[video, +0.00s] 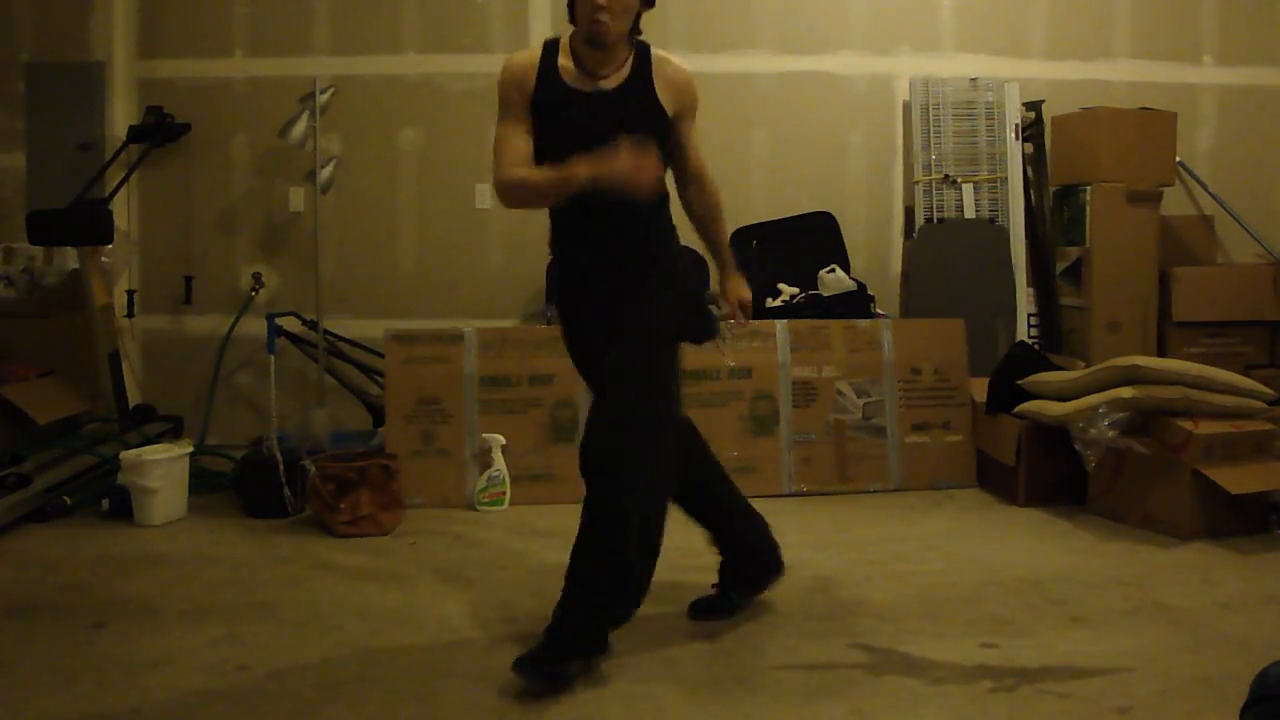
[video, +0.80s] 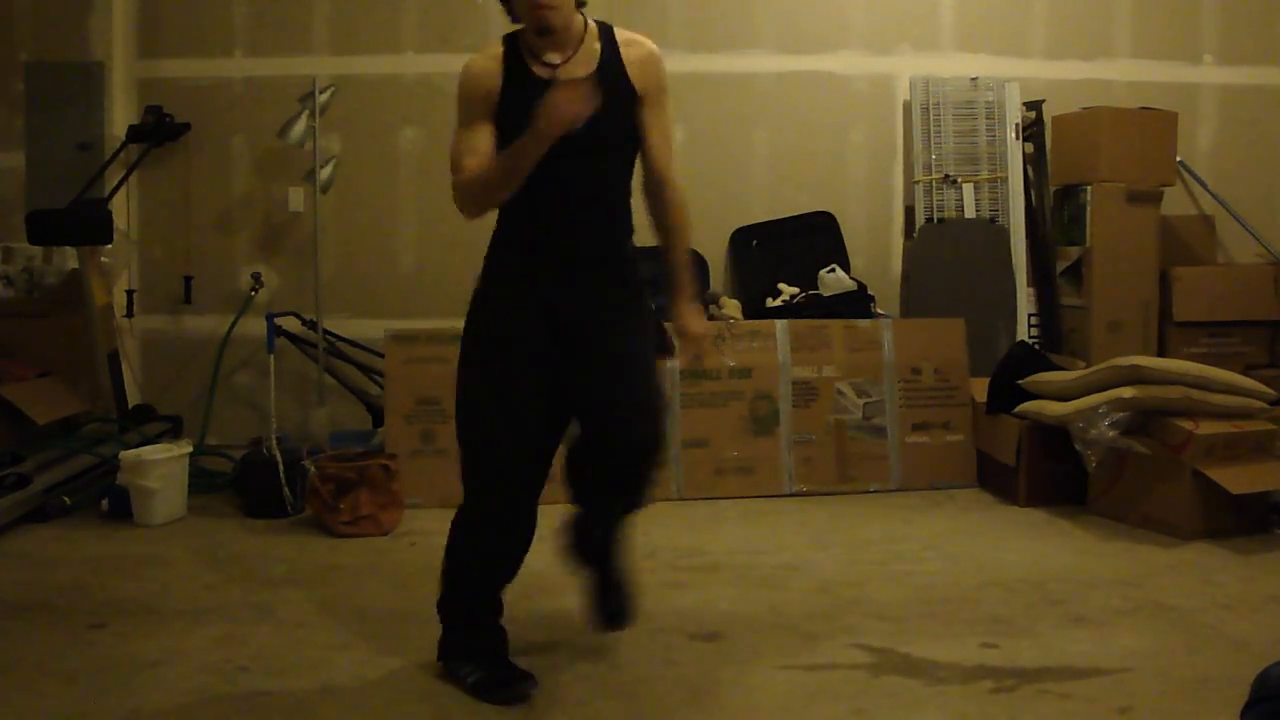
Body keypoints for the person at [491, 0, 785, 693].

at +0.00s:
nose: (598, 8)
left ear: (641, 9)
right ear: (570, 4)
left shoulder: (667, 82)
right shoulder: (527, 73)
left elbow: (694, 178)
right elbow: (510, 185)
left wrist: (727, 265)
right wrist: (596, 170)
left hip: (652, 280)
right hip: (578, 285)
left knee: (618, 453)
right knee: (654, 430)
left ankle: (577, 635)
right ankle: (752, 553)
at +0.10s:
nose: (601, 10)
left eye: (614, 1)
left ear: (631, 5)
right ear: (566, 2)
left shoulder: (665, 71)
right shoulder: (521, 62)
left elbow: (681, 171)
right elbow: (512, 172)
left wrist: (703, 261)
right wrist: (572, 244)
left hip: (640, 265)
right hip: (558, 266)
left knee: (625, 430)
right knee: (573, 423)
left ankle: (586, 613)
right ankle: (688, 526)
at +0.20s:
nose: (586, 4)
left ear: (622, 2)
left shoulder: (659, 68)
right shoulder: (513, 62)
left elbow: (681, 167)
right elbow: (488, 172)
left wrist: (667, 203)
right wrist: (493, 280)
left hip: (626, 278)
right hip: (541, 276)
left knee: (602, 453)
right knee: (528, 442)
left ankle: (579, 618)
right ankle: (593, 526)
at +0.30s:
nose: (580, 1)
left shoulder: (652, 41)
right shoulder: (505, 44)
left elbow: (685, 156)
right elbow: (460, 150)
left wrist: (633, 102)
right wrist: (422, 262)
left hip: (615, 266)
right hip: (528, 263)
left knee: (596, 444)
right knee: (528, 417)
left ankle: (566, 612)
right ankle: (487, 554)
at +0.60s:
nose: (544, 3)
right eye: (535, 1)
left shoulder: (637, 43)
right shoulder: (488, 54)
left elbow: (649, 143)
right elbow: (443, 149)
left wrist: (576, 131)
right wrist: (397, 223)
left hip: (597, 285)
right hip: (510, 283)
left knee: (592, 469)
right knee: (503, 465)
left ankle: (517, 602)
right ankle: (496, 662)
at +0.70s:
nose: (541, 2)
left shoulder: (632, 39)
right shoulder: (484, 56)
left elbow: (644, 149)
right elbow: (467, 155)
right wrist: (460, 190)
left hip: (601, 266)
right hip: (516, 265)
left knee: (596, 445)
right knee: (495, 450)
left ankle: (524, 596)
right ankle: (475, 637)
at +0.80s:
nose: (531, 13)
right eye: (519, 4)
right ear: (507, 7)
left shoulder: (636, 59)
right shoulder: (488, 72)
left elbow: (662, 181)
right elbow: (472, 196)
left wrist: (684, 290)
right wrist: (543, 128)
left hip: (609, 294)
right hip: (517, 299)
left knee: (632, 440)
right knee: (502, 482)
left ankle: (595, 541)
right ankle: (468, 640)